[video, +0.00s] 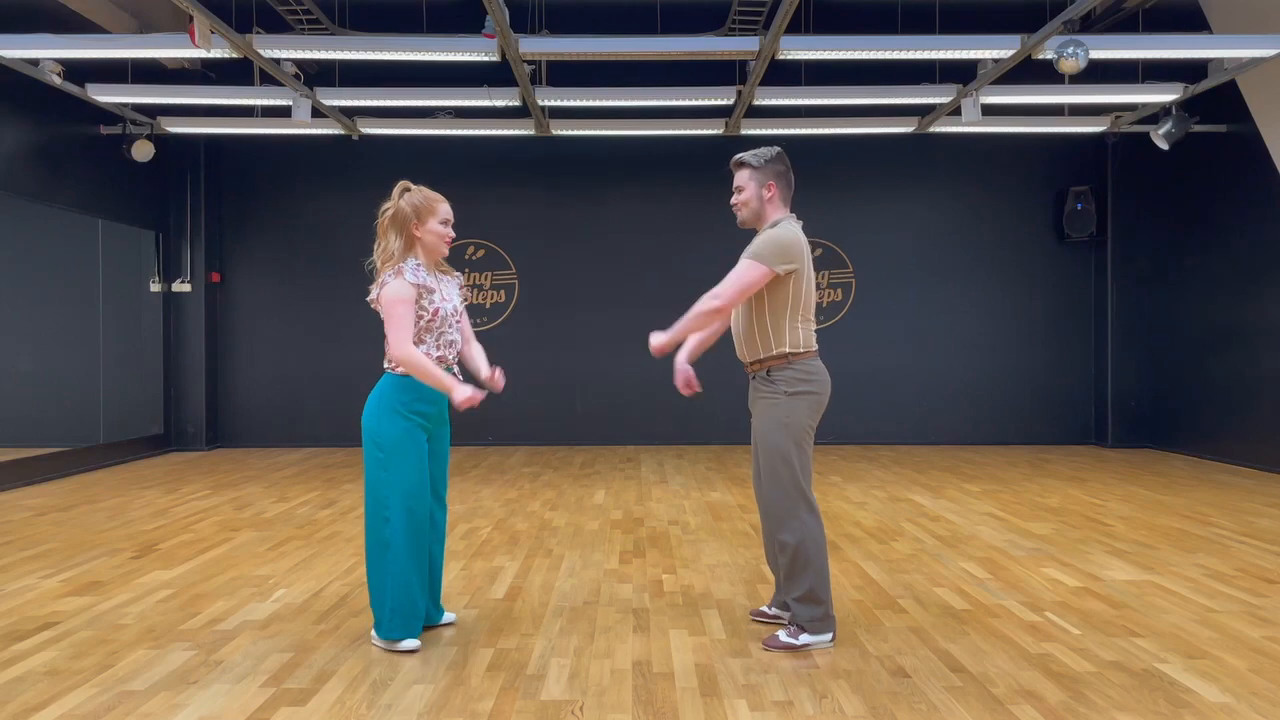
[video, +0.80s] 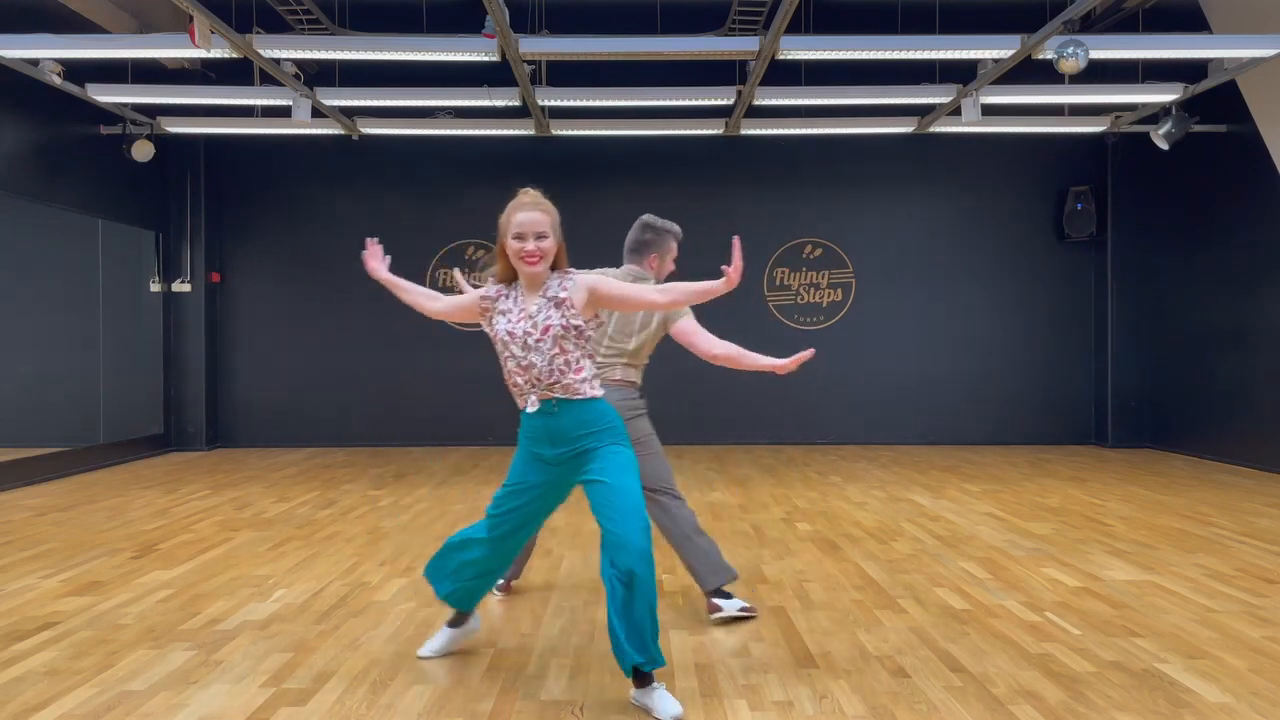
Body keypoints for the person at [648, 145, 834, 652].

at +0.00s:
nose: (732, 200)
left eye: (740, 190)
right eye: (733, 190)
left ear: (770, 191)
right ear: (765, 193)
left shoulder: (780, 238)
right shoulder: (768, 242)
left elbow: (723, 299)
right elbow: (726, 308)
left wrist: (670, 335)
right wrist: (684, 353)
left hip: (789, 383)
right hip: (771, 383)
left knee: (788, 500)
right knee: (775, 495)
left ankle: (814, 621)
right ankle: (792, 599)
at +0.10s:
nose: (722, 202)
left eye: (729, 192)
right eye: (722, 193)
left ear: (760, 193)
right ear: (756, 196)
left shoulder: (763, 243)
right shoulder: (758, 243)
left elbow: (689, 283)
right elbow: (696, 293)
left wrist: (664, 268)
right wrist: (647, 303)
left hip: (785, 383)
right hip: (772, 382)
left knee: (786, 495)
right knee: (765, 489)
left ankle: (815, 620)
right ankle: (780, 598)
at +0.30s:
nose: (699, 217)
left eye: (706, 208)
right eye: (697, 208)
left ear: (738, 210)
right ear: (735, 213)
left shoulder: (727, 261)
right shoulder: (752, 253)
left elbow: (669, 271)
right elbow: (668, 269)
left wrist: (694, 227)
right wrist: (653, 226)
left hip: (752, 390)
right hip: (786, 384)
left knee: (763, 503)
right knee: (753, 496)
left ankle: (814, 621)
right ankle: (744, 601)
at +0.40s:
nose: (683, 229)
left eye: (691, 220)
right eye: (681, 220)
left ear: (721, 222)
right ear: (719, 224)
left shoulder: (698, 271)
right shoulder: (743, 261)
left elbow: (661, 306)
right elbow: (677, 295)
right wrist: (649, 254)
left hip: (729, 398)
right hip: (772, 390)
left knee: (699, 504)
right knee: (756, 499)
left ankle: (768, 580)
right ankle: (749, 600)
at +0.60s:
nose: (720, 252)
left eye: (718, 245)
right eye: (719, 245)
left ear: (674, 240)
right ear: (713, 245)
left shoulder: (644, 284)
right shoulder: (729, 297)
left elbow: (595, 338)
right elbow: (739, 370)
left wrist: (570, 355)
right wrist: (742, 409)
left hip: (657, 409)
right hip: (713, 408)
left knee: (603, 480)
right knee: (730, 502)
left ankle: (588, 576)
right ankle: (746, 596)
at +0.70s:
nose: (704, 260)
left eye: (704, 251)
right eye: (702, 251)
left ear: (662, 247)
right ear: (684, 251)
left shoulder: (612, 281)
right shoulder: (702, 301)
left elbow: (558, 320)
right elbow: (745, 362)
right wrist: (792, 384)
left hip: (608, 405)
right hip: (666, 406)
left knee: (565, 488)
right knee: (711, 499)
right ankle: (743, 598)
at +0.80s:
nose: (674, 266)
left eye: (675, 259)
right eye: (672, 259)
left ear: (630, 254)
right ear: (656, 258)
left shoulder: (590, 283)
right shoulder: (665, 301)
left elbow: (533, 303)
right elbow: (712, 350)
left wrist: (475, 294)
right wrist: (774, 364)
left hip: (567, 400)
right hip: (619, 402)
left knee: (536, 488)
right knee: (662, 492)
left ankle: (507, 573)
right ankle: (716, 592)